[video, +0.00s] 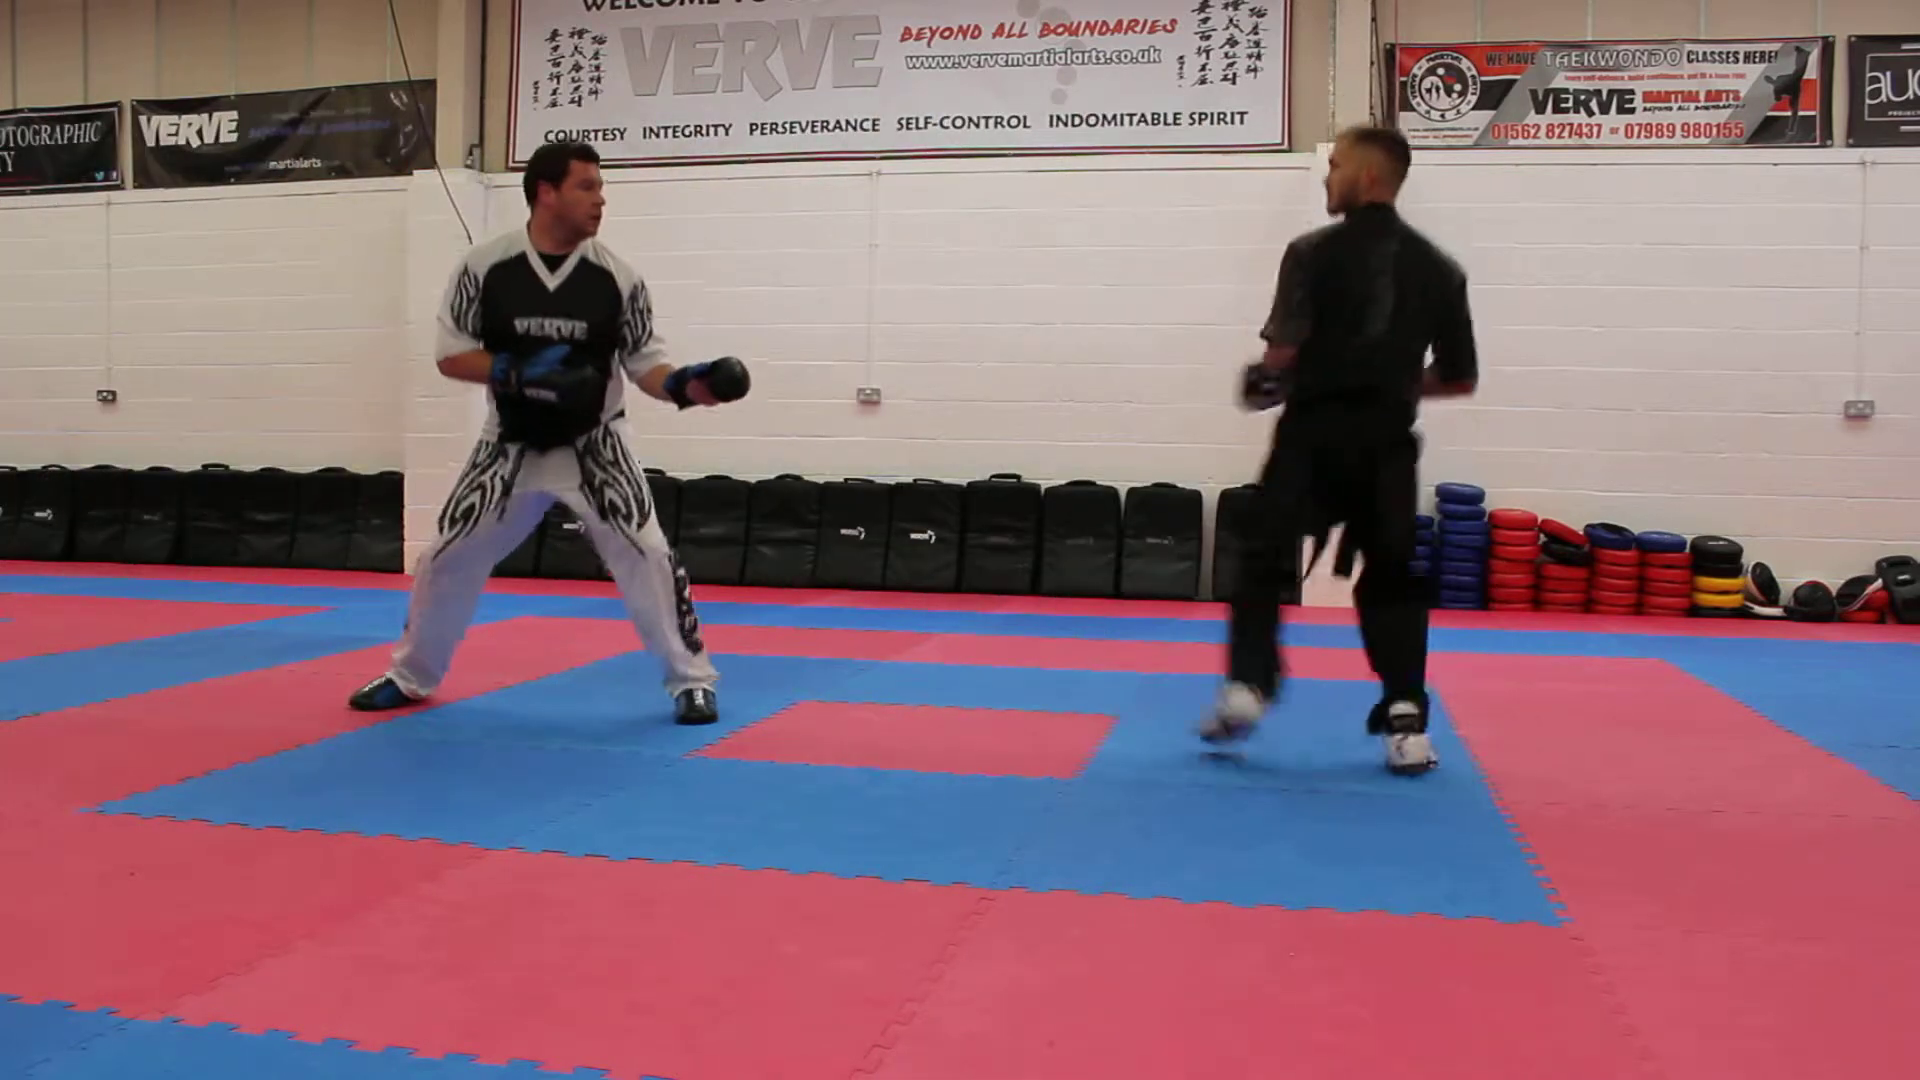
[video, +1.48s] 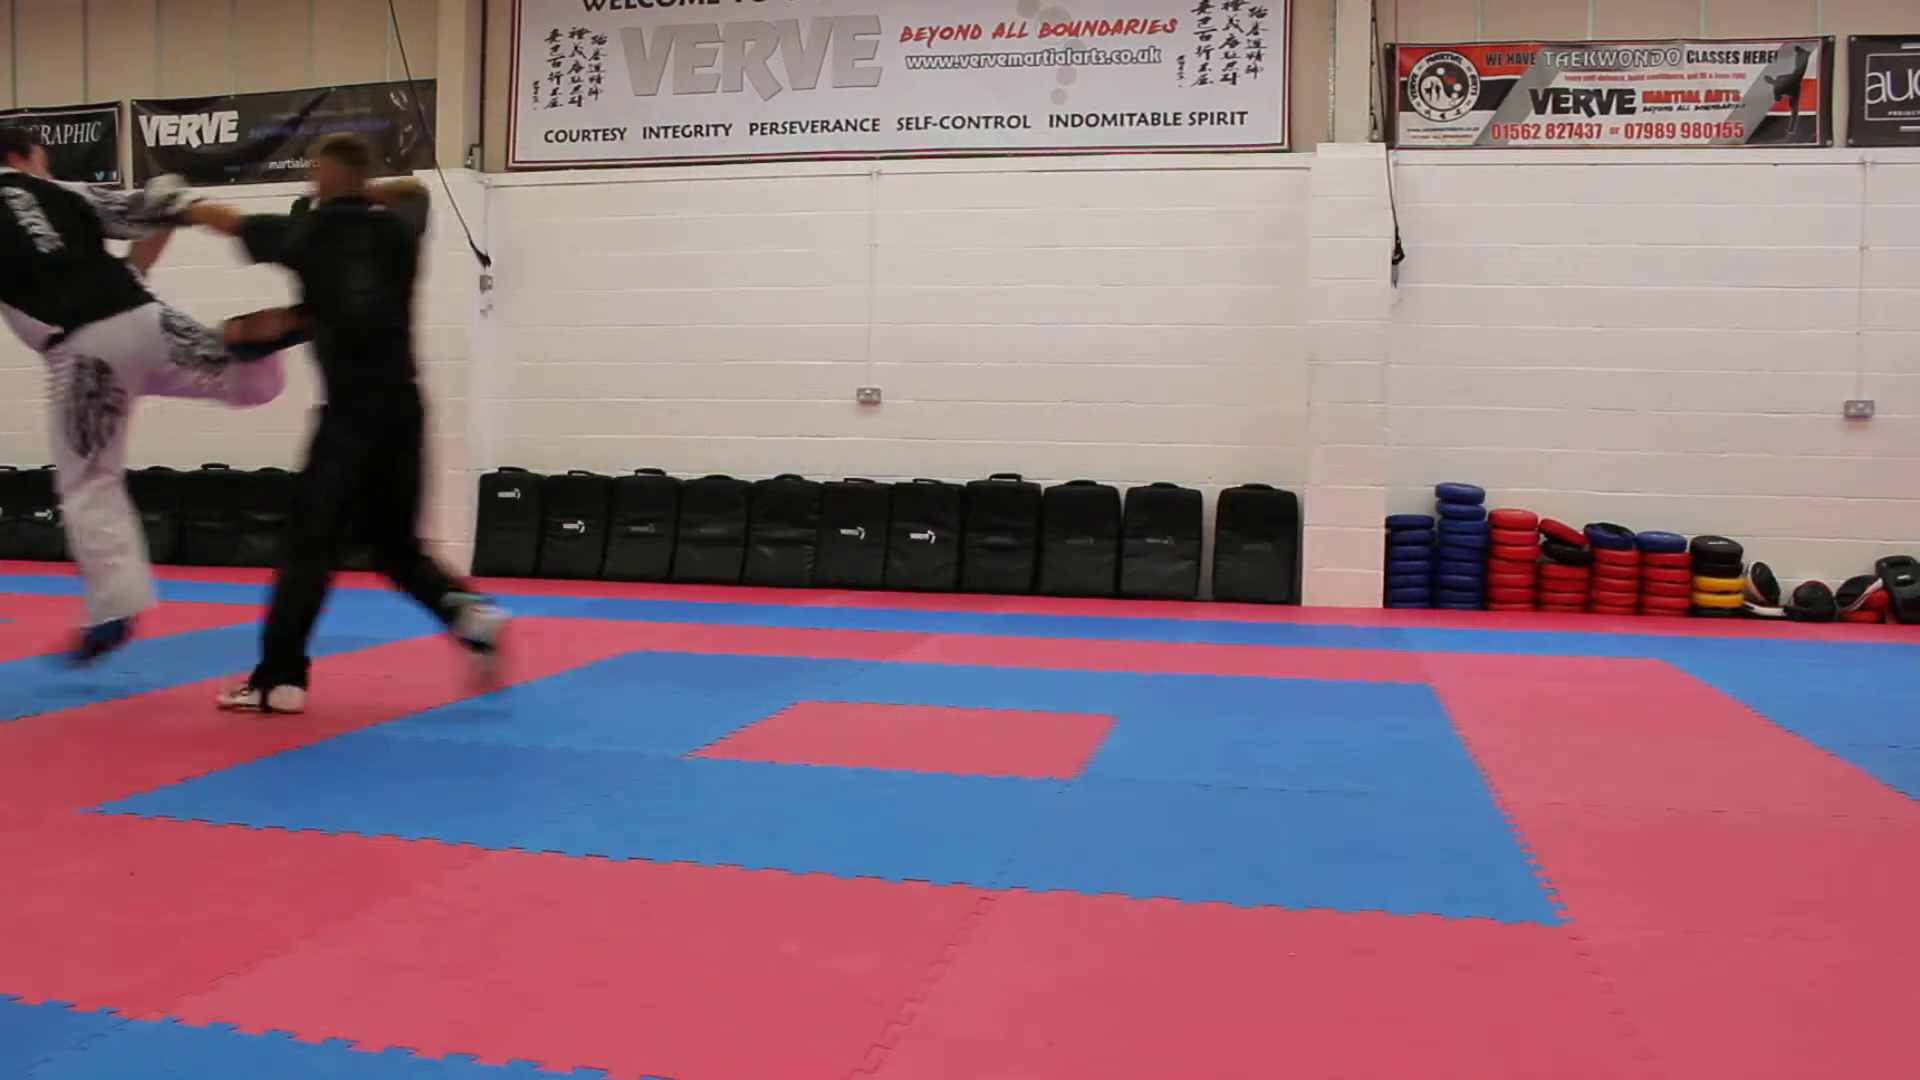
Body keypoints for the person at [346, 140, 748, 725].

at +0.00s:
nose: (600, 199)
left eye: (600, 188)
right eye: (587, 188)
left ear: (592, 195)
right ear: (544, 194)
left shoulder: (618, 278)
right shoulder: (483, 267)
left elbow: (644, 364)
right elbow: (451, 355)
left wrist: (682, 385)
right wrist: (514, 369)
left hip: (595, 448)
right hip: (509, 450)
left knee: (646, 555)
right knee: (446, 559)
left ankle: (691, 680)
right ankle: (412, 676)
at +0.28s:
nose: (579, 223)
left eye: (579, 212)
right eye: (566, 212)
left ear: (572, 219)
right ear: (525, 219)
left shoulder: (600, 298)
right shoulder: (475, 298)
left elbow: (645, 381)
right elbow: (447, 388)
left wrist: (681, 374)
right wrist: (493, 411)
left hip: (590, 462)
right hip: (510, 463)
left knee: (640, 568)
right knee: (430, 559)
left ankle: (694, 685)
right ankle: (406, 674)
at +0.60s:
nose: (425, 183)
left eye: (430, 172)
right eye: (412, 172)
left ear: (435, 177)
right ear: (378, 178)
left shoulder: (449, 242)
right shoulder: (351, 267)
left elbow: (503, 311)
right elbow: (340, 351)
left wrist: (463, 298)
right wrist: (342, 370)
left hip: (462, 398)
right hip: (404, 410)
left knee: (420, 521)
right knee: (370, 538)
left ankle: (490, 640)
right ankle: (394, 664)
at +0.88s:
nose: (243, 197)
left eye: (246, 186)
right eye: (245, 185)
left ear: (262, 187)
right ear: (293, 183)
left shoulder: (285, 228)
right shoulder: (318, 227)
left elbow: (320, 295)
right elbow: (306, 309)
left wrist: (298, 367)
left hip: (317, 414)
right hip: (367, 412)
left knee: (241, 527)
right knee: (362, 542)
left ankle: (185, 642)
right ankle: (395, 662)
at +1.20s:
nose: (151, 227)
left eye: (146, 216)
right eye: (144, 217)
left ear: (87, 227)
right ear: (120, 219)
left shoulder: (59, 293)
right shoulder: (161, 258)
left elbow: (40, 385)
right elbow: (254, 301)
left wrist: (78, 342)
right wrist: (225, 348)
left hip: (179, 425)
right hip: (242, 388)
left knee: (166, 543)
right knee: (344, 420)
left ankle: (184, 662)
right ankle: (412, 431)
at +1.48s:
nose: (47, 170)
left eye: (44, 161)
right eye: (43, 160)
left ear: (4, 158)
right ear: (23, 156)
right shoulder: (57, 194)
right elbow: (158, 204)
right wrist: (127, 281)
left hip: (81, 349)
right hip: (141, 321)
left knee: (89, 485)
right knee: (251, 385)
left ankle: (116, 606)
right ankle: (258, 338)